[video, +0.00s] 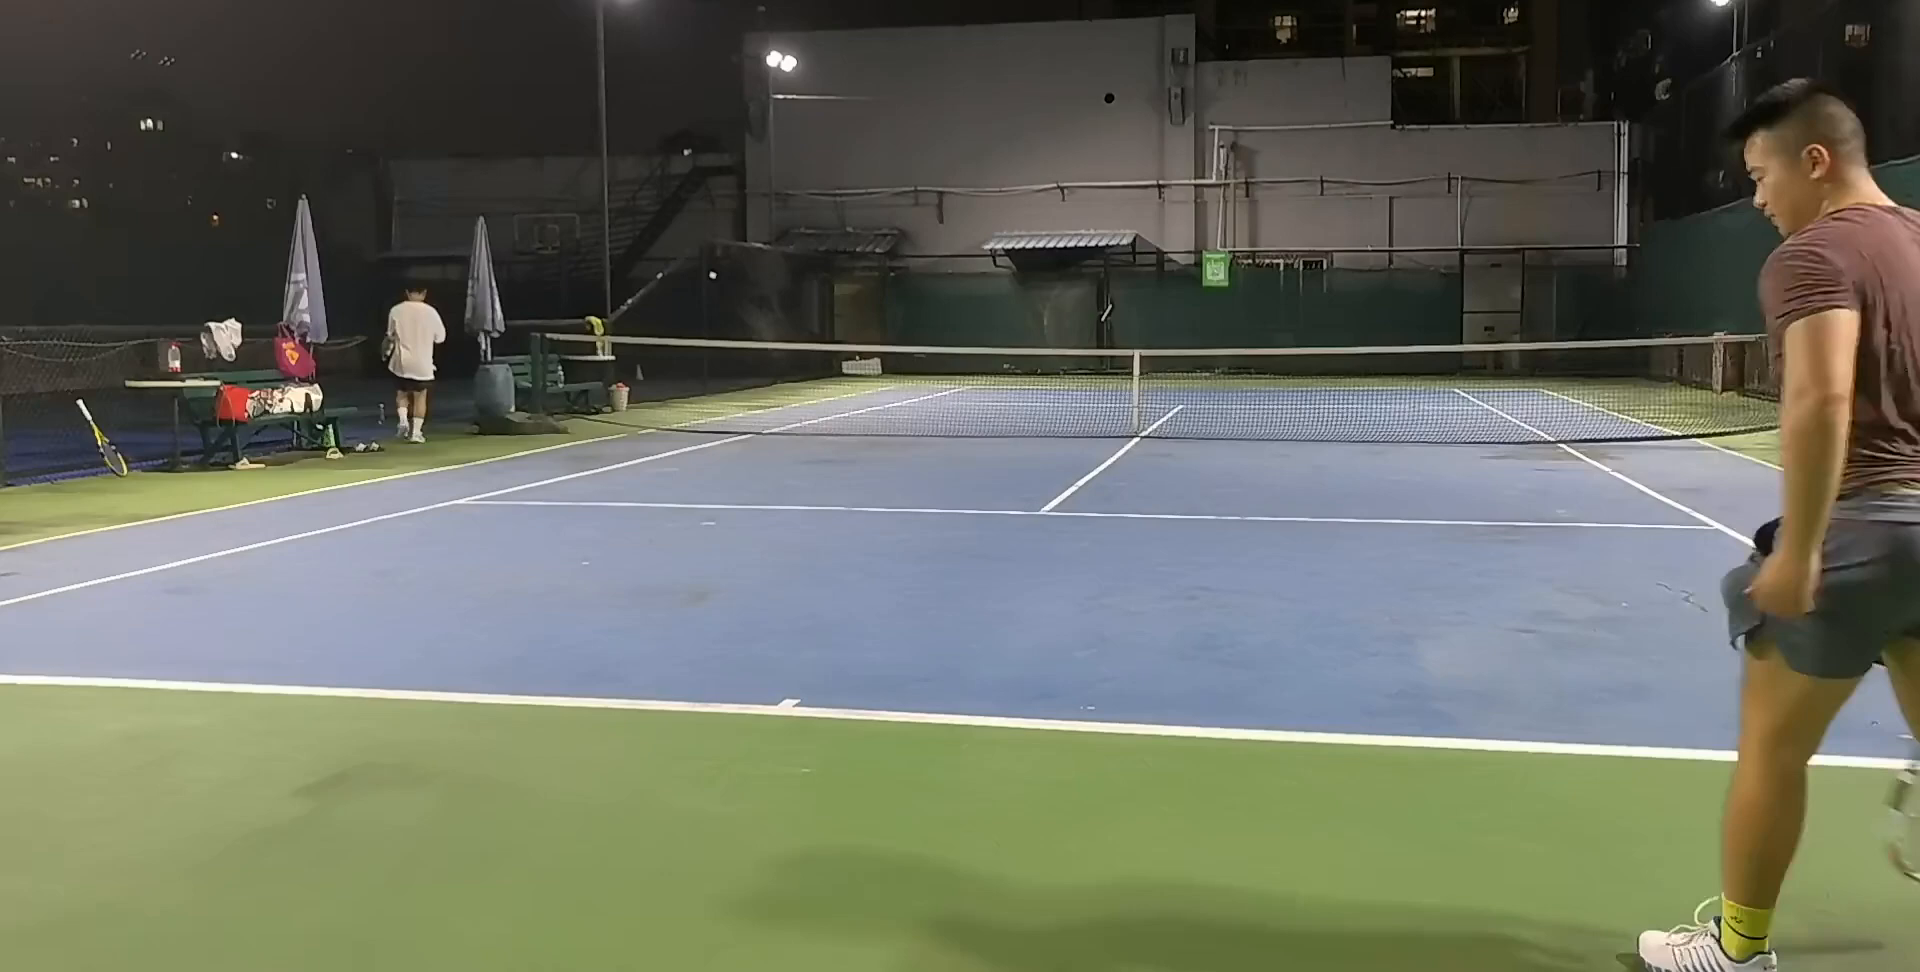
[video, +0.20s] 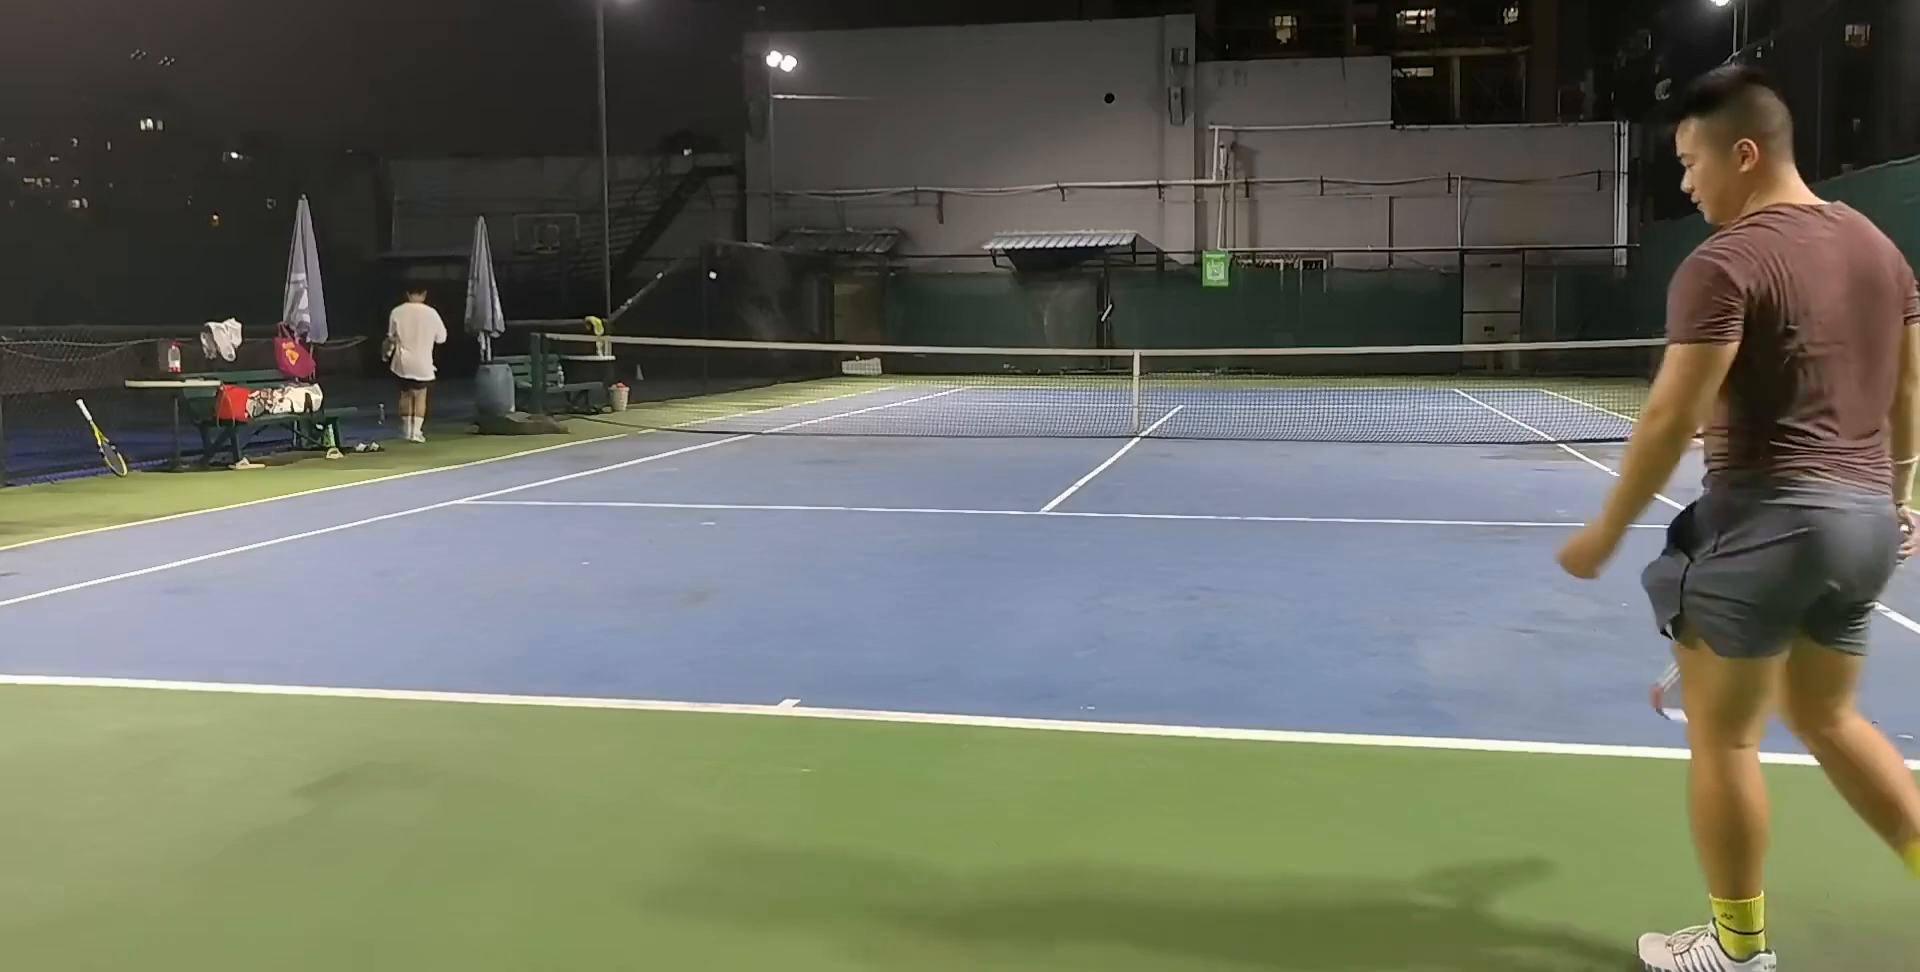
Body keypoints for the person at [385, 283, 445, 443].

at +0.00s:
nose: (421, 297)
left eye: (420, 294)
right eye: (422, 294)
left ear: (407, 293)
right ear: (424, 293)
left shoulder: (396, 310)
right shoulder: (430, 312)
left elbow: (390, 334)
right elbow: (440, 337)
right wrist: (425, 329)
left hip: (401, 363)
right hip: (423, 364)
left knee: (402, 393)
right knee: (420, 396)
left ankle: (403, 421)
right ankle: (416, 432)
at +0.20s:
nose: (421, 299)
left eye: (419, 295)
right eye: (423, 295)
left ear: (407, 294)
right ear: (424, 294)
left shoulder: (397, 312)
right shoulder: (431, 313)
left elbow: (391, 335)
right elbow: (441, 337)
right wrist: (426, 329)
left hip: (402, 363)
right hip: (423, 364)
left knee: (405, 395)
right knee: (420, 397)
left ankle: (407, 431)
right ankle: (416, 432)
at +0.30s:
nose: (420, 300)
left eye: (417, 296)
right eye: (422, 296)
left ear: (406, 296)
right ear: (423, 296)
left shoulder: (396, 314)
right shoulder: (430, 314)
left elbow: (391, 339)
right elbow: (442, 338)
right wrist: (426, 332)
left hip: (403, 366)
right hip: (424, 366)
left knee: (408, 395)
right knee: (422, 396)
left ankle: (409, 430)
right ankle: (418, 428)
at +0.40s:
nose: (420, 299)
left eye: (415, 296)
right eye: (421, 296)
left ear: (406, 296)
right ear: (422, 296)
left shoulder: (396, 314)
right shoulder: (430, 314)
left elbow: (393, 338)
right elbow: (441, 337)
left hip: (404, 365)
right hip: (425, 365)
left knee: (408, 393)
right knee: (426, 390)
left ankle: (410, 430)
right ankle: (420, 416)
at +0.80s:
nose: (438, 300)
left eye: (437, 297)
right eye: (437, 297)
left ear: (421, 297)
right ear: (434, 298)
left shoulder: (409, 313)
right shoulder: (439, 315)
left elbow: (406, 333)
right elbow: (448, 340)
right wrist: (433, 334)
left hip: (413, 362)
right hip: (434, 363)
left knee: (412, 394)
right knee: (436, 392)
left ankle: (410, 427)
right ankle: (435, 425)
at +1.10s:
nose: (453, 298)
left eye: (453, 295)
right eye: (453, 295)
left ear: (437, 294)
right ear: (451, 295)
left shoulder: (425, 311)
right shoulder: (454, 313)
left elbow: (423, 331)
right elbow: (463, 337)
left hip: (428, 360)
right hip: (447, 362)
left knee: (432, 387)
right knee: (444, 394)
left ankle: (426, 414)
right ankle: (437, 424)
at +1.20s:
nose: (458, 297)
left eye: (457, 295)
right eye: (458, 295)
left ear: (441, 295)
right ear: (455, 295)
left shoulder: (430, 311)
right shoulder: (457, 313)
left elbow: (429, 331)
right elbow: (467, 336)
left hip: (433, 358)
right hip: (450, 360)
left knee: (440, 389)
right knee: (445, 391)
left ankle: (440, 419)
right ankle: (438, 423)